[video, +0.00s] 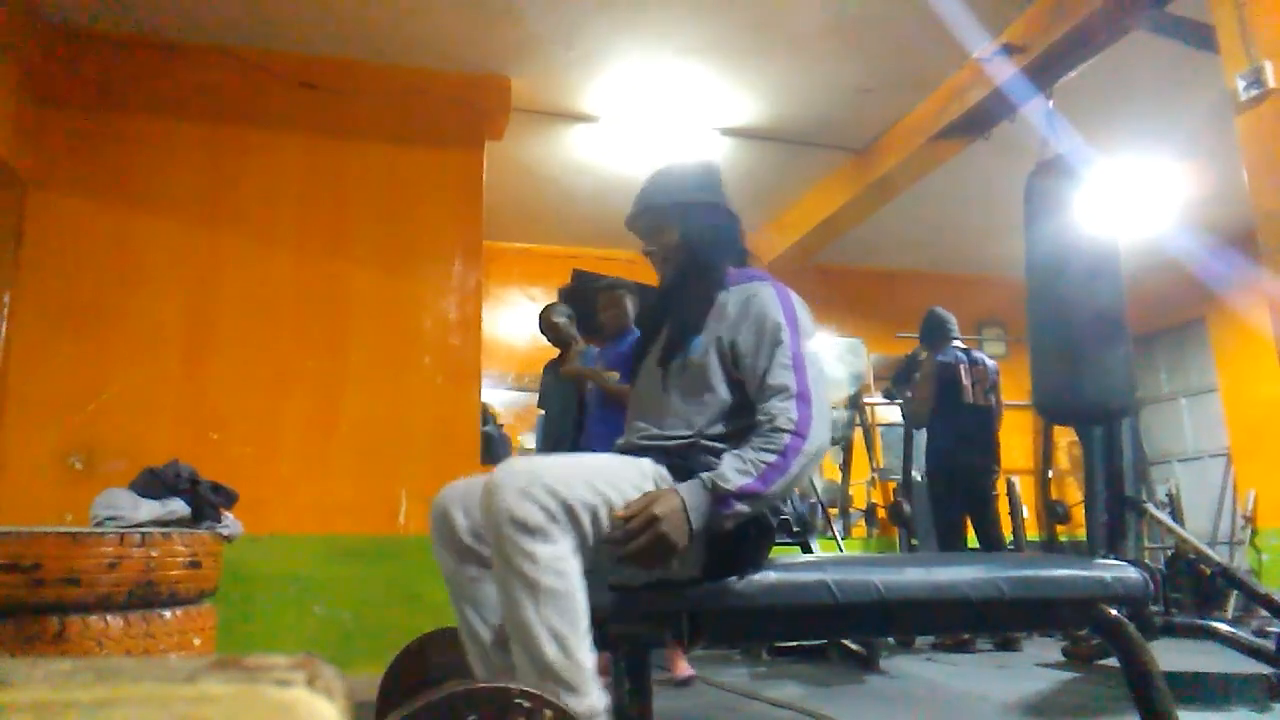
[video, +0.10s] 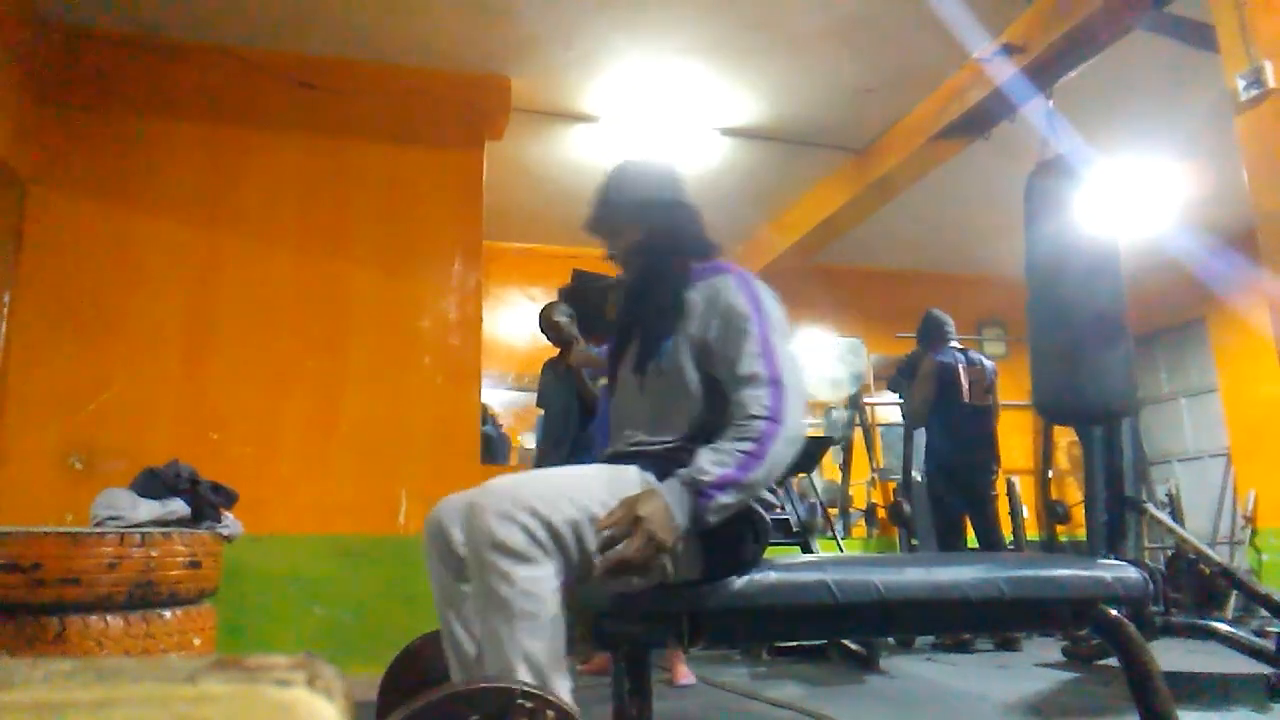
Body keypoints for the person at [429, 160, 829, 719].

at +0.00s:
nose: (647, 254)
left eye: (654, 237)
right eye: (643, 242)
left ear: (695, 227)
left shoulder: (762, 300)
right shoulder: (671, 316)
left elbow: (794, 431)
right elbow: (658, 428)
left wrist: (695, 500)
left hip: (710, 495)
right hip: (641, 482)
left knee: (522, 494)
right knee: (458, 508)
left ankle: (572, 707)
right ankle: (512, 701)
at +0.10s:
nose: (612, 252)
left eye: (617, 234)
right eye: (606, 239)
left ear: (654, 223)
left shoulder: (730, 293)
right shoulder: (641, 313)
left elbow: (772, 426)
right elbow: (627, 433)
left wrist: (679, 501)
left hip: (699, 500)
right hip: (631, 489)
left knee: (505, 516)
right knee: (451, 523)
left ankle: (536, 705)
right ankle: (484, 706)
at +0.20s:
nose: (566, 264)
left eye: (571, 244)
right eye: (561, 248)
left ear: (602, 229)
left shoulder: (693, 289)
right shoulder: (603, 319)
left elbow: (729, 428)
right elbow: (601, 450)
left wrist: (650, 511)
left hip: (695, 503)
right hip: (627, 497)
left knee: (483, 534)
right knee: (443, 534)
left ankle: (534, 709)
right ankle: (485, 706)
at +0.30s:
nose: (509, 280)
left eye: (511, 261)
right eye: (500, 266)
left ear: (542, 240)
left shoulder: (639, 289)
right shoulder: (561, 319)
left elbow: (677, 427)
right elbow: (555, 445)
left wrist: (614, 536)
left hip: (699, 501)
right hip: (624, 488)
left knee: (483, 532)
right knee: (445, 536)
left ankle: (531, 710)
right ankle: (486, 708)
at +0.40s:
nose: (459, 315)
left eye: (455, 295)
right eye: (449, 301)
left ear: (483, 276)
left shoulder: (592, 299)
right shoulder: (528, 333)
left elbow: (628, 437)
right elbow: (544, 457)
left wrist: (586, 558)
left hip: (701, 499)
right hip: (640, 495)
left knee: (491, 536)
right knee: (452, 539)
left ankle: (533, 708)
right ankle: (486, 706)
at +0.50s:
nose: (425, 351)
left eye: (418, 334)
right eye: (413, 340)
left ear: (441, 314)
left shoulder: (564, 322)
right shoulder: (509, 368)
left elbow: (599, 457)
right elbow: (521, 482)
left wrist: (555, 583)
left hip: (704, 490)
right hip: (641, 488)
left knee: (503, 543)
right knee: (461, 543)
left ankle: (541, 707)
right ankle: (489, 702)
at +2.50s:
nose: (424, 406)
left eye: (419, 385)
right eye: (411, 393)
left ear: (448, 355)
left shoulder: (554, 349)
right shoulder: (499, 417)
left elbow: (660, 445)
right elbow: (526, 527)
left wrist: (587, 588)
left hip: (724, 499)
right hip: (658, 502)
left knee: (499, 542)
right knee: (468, 544)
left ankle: (544, 712)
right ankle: (499, 710)